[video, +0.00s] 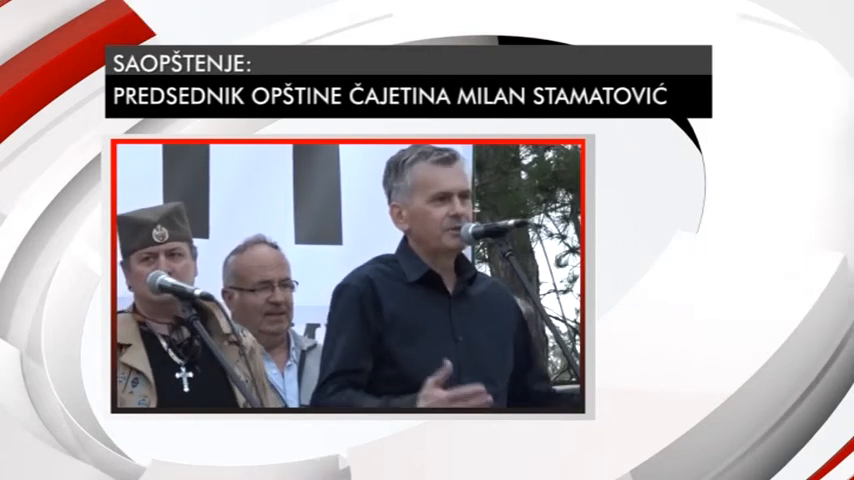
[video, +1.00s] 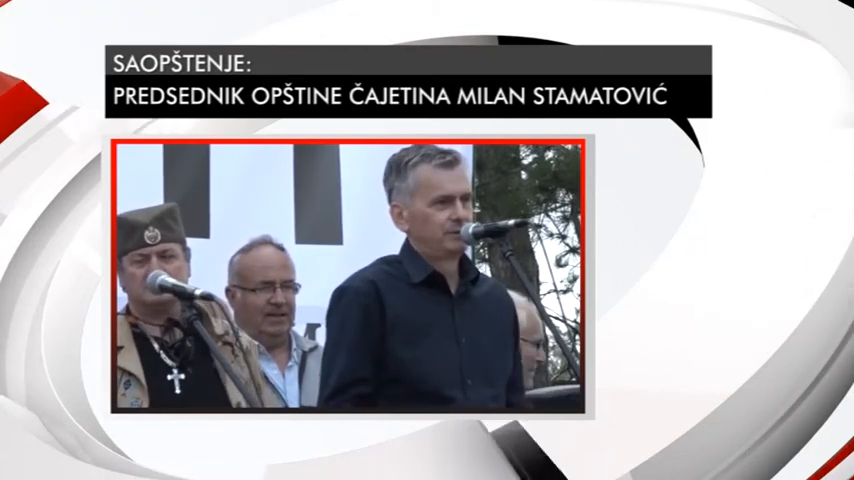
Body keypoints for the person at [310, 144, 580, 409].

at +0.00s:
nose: (459, 211)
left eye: (464, 198)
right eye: (441, 200)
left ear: (473, 204)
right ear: (400, 215)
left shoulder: (499, 299)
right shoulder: (364, 291)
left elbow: (532, 399)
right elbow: (330, 399)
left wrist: (596, 401)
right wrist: (414, 407)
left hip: (496, 464)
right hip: (400, 465)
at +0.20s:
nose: (459, 210)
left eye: (464, 197)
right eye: (441, 199)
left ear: (472, 204)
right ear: (400, 215)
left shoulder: (499, 300)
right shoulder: (367, 290)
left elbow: (531, 395)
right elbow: (329, 397)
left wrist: (597, 397)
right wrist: (397, 402)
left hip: (496, 461)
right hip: (401, 463)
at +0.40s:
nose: (462, 211)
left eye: (466, 198)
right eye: (443, 200)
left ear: (474, 203)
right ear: (402, 215)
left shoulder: (499, 301)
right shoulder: (368, 290)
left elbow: (531, 397)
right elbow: (327, 397)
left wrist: (597, 397)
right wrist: (386, 400)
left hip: (496, 462)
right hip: (401, 463)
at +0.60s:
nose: (463, 215)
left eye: (468, 201)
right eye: (444, 203)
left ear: (475, 205)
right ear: (402, 216)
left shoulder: (500, 302)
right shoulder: (368, 291)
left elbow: (537, 401)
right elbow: (332, 396)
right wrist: (369, 409)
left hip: (499, 458)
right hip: (404, 462)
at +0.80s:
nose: (460, 215)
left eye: (465, 201)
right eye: (442, 203)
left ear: (473, 204)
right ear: (400, 215)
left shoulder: (499, 300)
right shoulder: (365, 293)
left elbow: (521, 404)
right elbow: (332, 398)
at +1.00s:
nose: (461, 214)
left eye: (466, 200)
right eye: (442, 203)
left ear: (473, 204)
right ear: (400, 216)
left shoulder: (497, 300)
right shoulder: (362, 297)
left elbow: (514, 409)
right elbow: (340, 414)